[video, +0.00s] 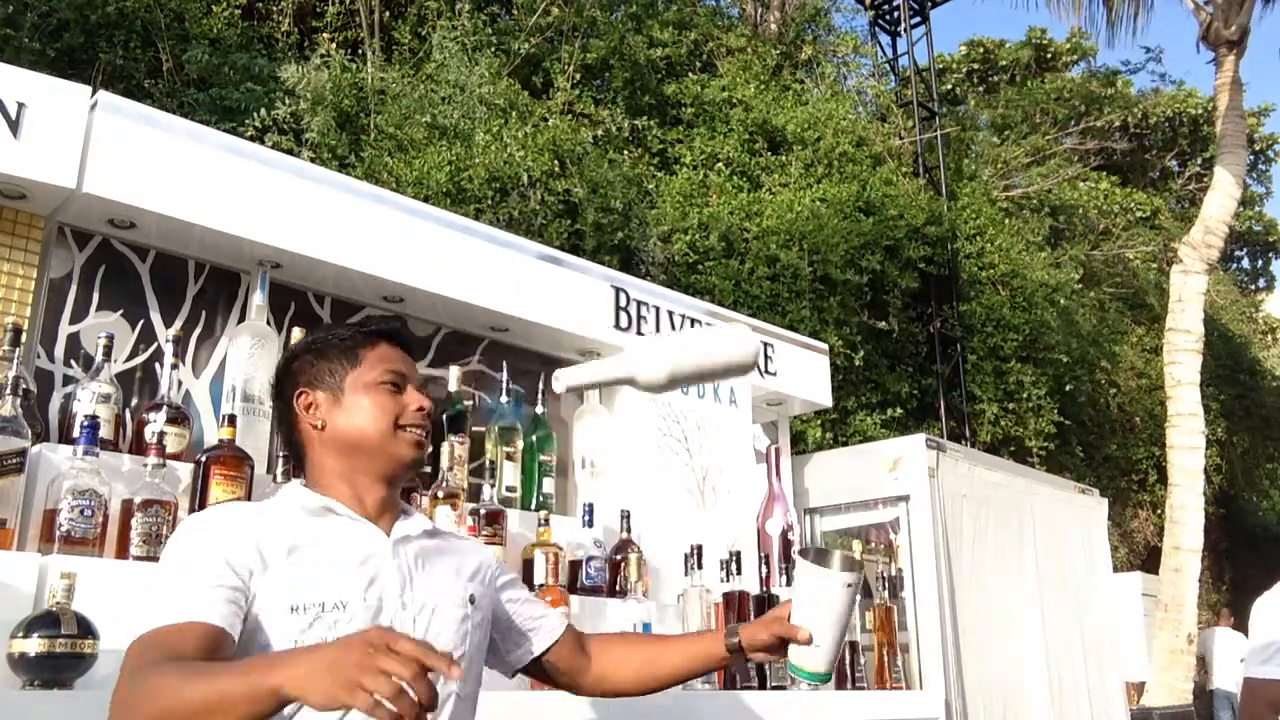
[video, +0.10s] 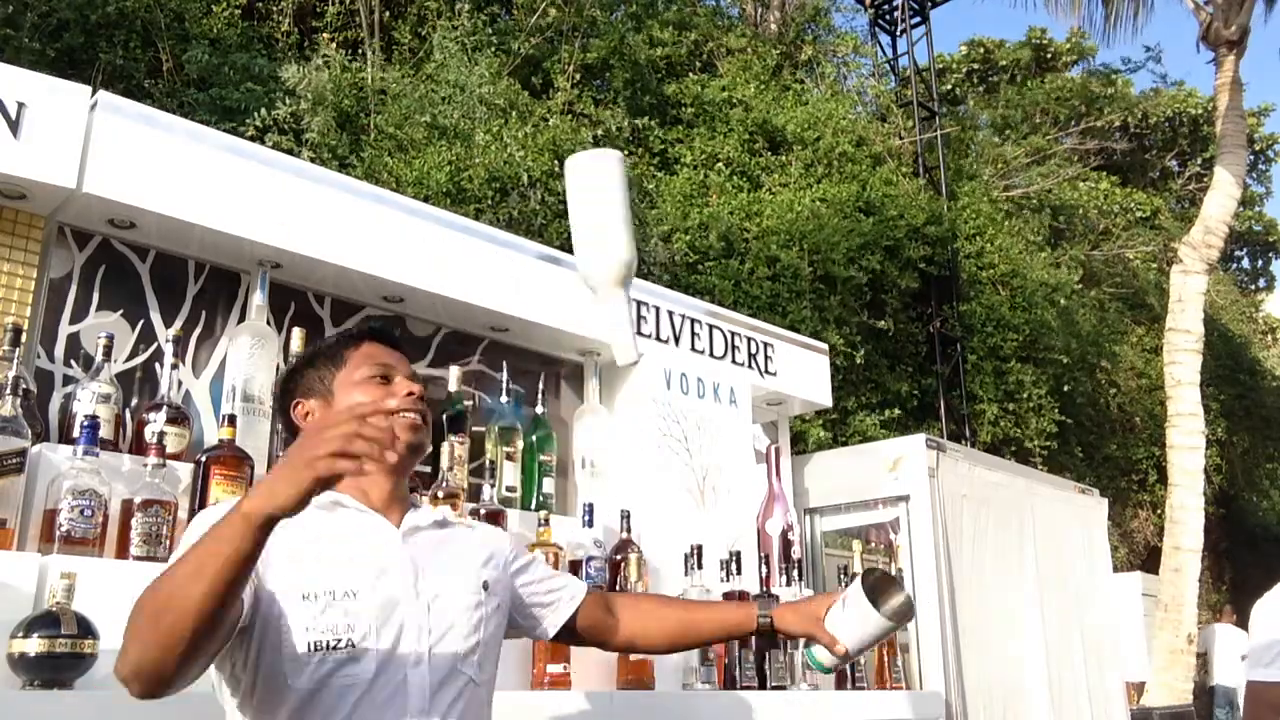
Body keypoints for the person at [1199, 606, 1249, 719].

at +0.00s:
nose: (1231, 620)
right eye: (1231, 618)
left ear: (1216, 618)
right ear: (1232, 620)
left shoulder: (1206, 635)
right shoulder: (1239, 637)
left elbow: (1200, 656)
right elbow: (1248, 657)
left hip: (1215, 683)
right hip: (1235, 684)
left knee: (1221, 715)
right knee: (1242, 715)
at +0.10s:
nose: (1234, 618)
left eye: (1230, 615)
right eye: (1233, 615)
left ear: (1219, 615)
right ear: (1234, 617)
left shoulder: (1208, 631)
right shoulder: (1242, 634)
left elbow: (1200, 653)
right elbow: (1245, 655)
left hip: (1216, 679)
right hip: (1237, 681)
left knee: (1219, 713)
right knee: (1237, 713)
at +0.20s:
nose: (1231, 614)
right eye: (1232, 613)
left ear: (1218, 613)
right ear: (1233, 614)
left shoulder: (1207, 628)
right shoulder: (1241, 630)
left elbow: (1200, 651)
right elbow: (1247, 654)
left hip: (1215, 675)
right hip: (1234, 676)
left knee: (1219, 709)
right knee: (1236, 711)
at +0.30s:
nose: (1229, 613)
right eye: (1231, 612)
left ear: (1217, 612)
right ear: (1232, 612)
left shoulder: (1208, 626)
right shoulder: (1241, 628)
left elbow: (1201, 649)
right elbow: (1251, 652)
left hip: (1216, 673)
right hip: (1234, 673)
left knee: (1220, 702)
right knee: (1235, 706)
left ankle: (1222, 717)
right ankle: (1235, 717)